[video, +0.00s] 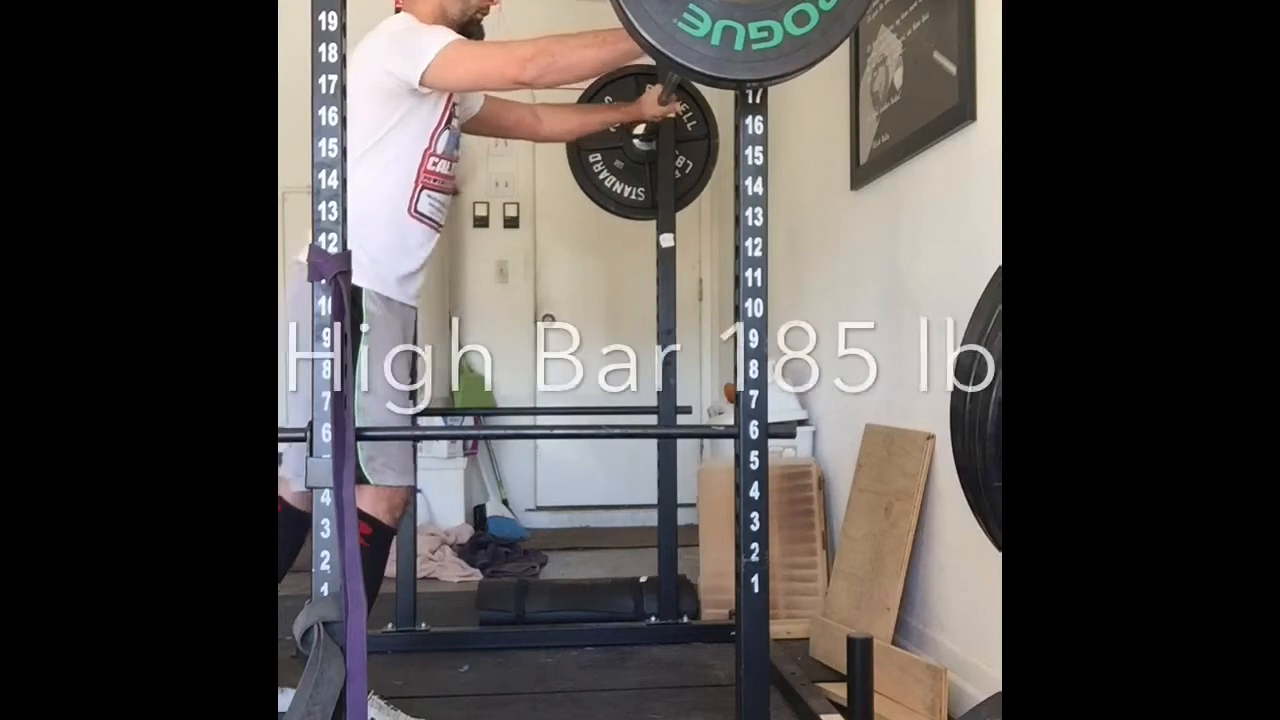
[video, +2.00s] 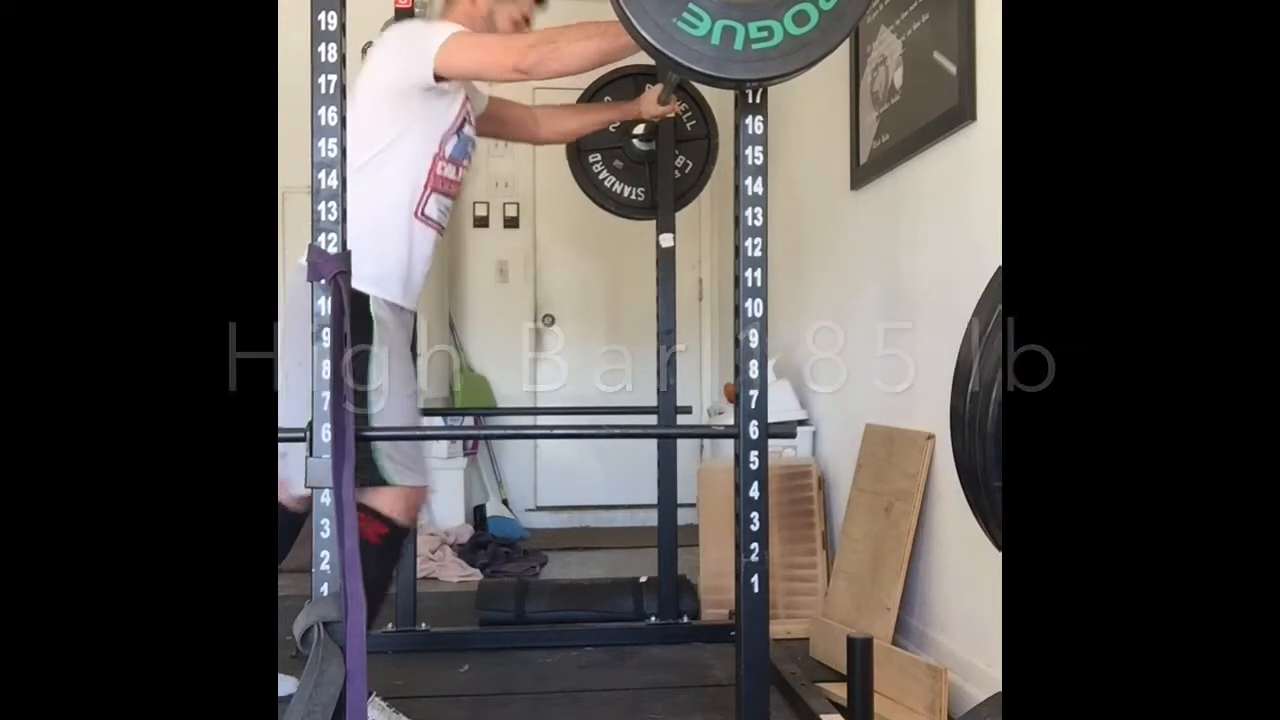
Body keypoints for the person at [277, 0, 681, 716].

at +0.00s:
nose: (492, 7)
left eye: (491, 2)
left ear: (420, 1)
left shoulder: (426, 73)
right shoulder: (400, 41)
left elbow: (529, 120)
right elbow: (528, 66)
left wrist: (637, 112)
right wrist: (655, 35)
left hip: (356, 300)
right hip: (360, 301)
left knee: (299, 485)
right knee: (384, 488)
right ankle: (332, 685)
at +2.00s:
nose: (527, 25)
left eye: (532, 16)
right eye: (524, 11)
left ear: (483, 15)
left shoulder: (454, 92)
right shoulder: (409, 44)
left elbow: (539, 124)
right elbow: (532, 58)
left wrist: (636, 110)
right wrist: (654, 28)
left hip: (373, 303)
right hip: (354, 299)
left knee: (295, 486)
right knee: (396, 492)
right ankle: (331, 683)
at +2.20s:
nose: (577, 121)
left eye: (588, 112)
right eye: (584, 102)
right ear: (548, 66)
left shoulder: (503, 125)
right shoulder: (445, 75)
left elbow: (555, 146)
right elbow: (551, 68)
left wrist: (635, 114)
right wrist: (660, 27)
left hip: (392, 313)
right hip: (361, 305)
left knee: (297, 487)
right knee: (473, 465)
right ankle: (410, 667)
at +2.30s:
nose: (599, 155)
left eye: (614, 151)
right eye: (609, 138)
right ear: (587, 89)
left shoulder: (534, 137)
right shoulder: (487, 86)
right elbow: (561, 54)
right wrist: (661, 26)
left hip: (413, 305)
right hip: (387, 298)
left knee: (316, 480)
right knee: (479, 464)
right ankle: (502, 673)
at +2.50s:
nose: (695, 191)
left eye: (710, 185)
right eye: (706, 175)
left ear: (681, 129)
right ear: (684, 128)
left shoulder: (624, 165)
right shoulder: (591, 116)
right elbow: (546, 49)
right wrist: (645, 23)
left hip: (495, 333)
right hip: (465, 324)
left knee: (394, 495)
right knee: (581, 483)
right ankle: (544, 693)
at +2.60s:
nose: (747, 169)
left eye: (760, 162)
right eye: (758, 153)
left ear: (738, 120)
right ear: (745, 114)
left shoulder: (674, 155)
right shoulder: (642, 96)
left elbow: (553, 143)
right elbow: (545, 57)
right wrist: (642, 31)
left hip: (543, 322)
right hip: (510, 311)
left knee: (488, 510)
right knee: (610, 488)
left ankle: (345, 570)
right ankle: (545, 691)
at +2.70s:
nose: (801, 138)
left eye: (811, 124)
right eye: (807, 117)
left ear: (779, 96)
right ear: (777, 90)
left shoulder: (701, 125)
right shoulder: (679, 90)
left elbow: (572, 162)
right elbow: (560, 102)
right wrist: (646, 49)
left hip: (577, 315)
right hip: (551, 311)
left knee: (580, 497)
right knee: (624, 493)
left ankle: (429, 576)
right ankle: (547, 689)